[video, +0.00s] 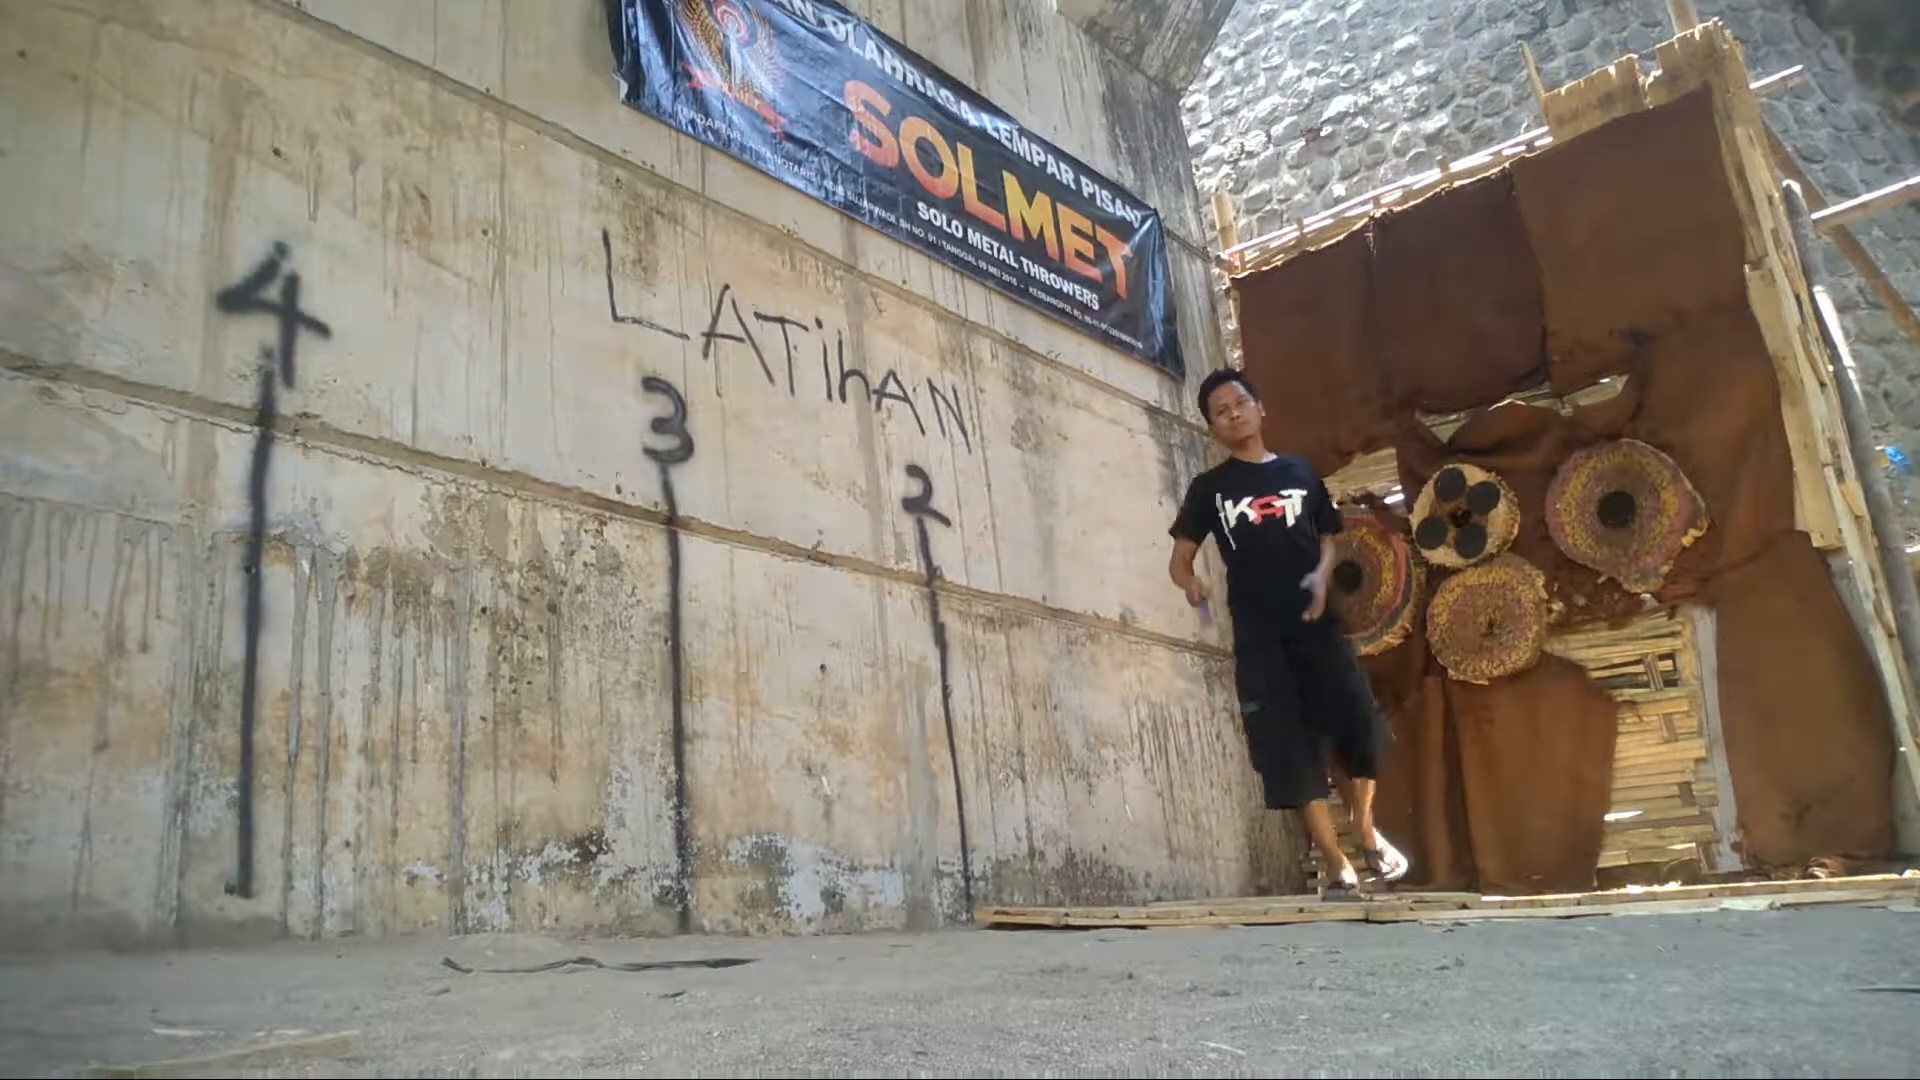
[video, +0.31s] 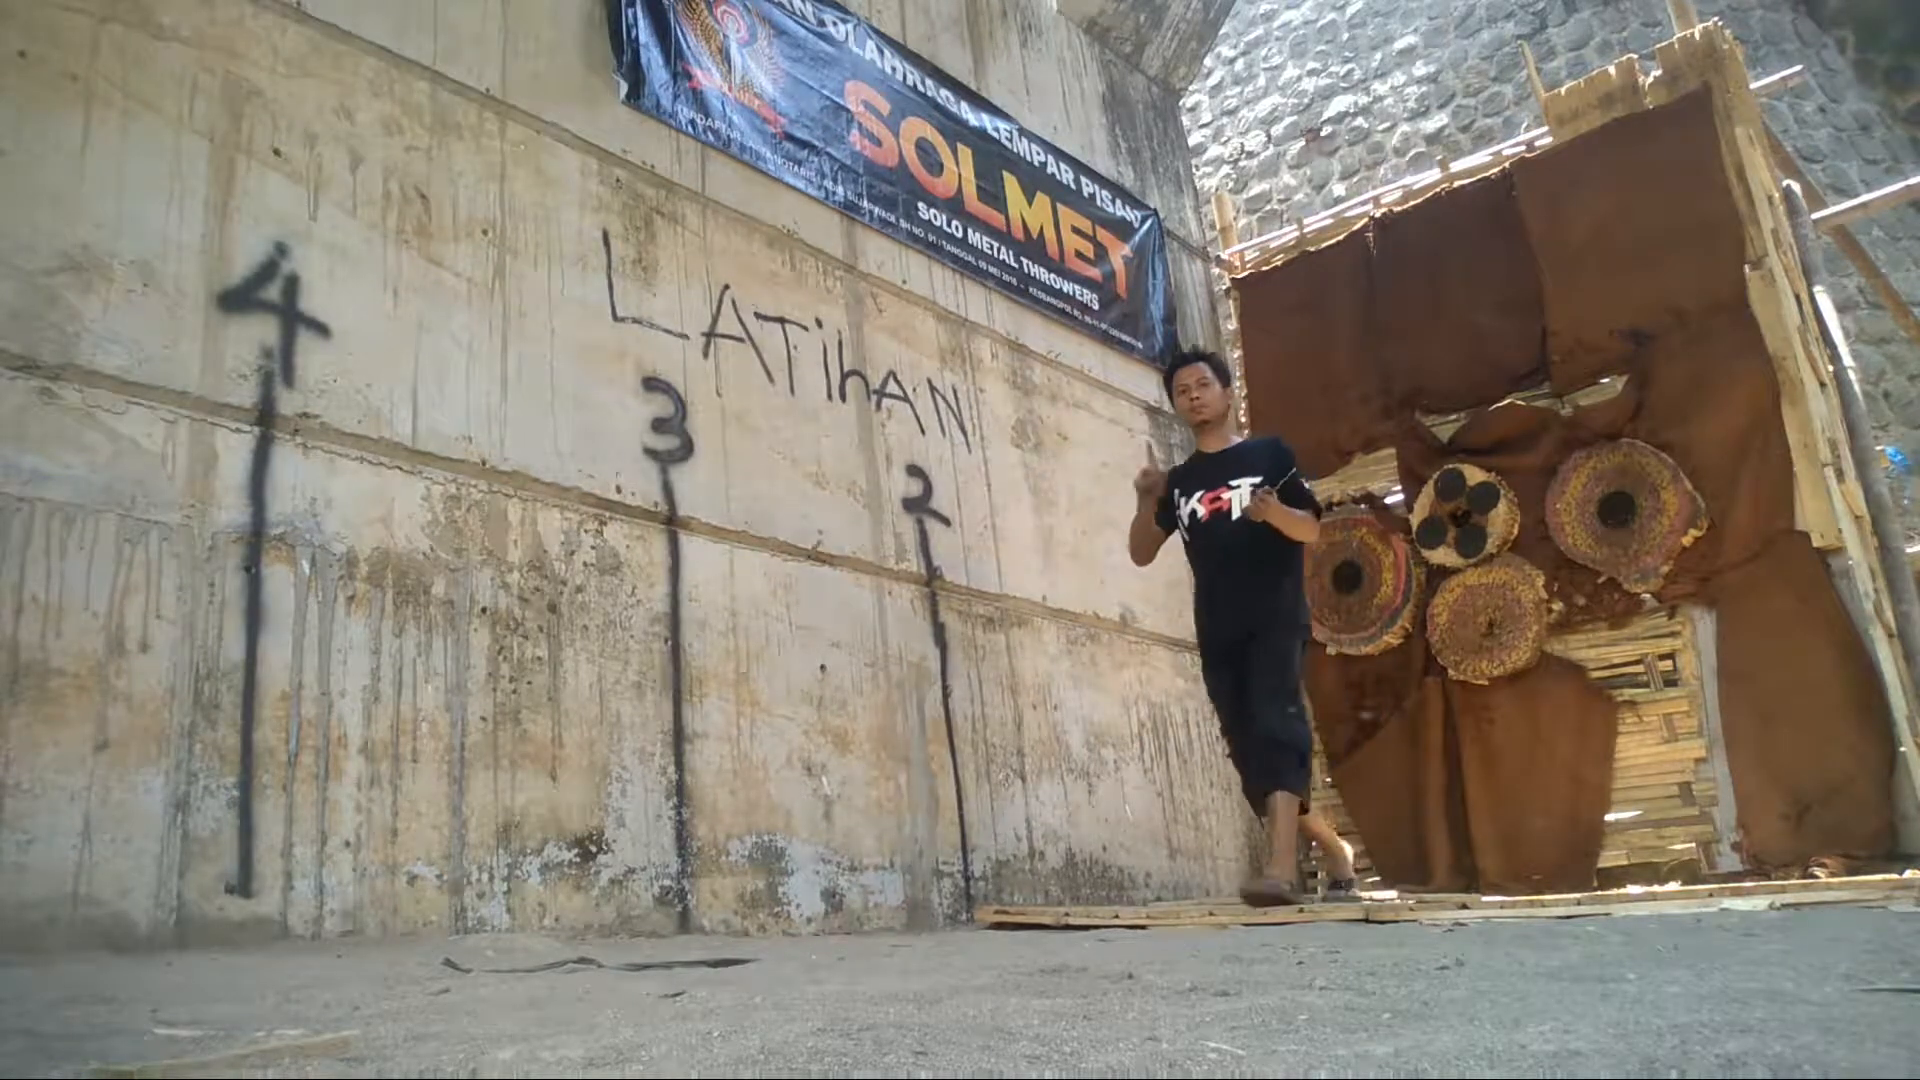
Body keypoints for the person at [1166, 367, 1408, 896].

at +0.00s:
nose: (1235, 415)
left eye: (1240, 404)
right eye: (1222, 412)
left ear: (1260, 409)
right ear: (1212, 429)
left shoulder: (1298, 471)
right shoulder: (1209, 488)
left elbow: (1329, 535)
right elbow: (1180, 558)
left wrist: (1322, 573)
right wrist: (1190, 585)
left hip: (1314, 624)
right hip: (1259, 635)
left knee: (1360, 720)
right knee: (1288, 745)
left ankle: (1364, 832)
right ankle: (1336, 864)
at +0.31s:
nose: (1193, 397)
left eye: (1202, 386)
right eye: (1182, 392)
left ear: (1229, 392)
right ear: (1176, 407)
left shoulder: (1268, 452)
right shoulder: (1180, 478)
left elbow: (1310, 529)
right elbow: (1141, 554)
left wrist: (1274, 512)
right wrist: (1146, 502)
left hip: (1275, 616)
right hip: (1218, 626)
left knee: (1275, 726)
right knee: (1248, 749)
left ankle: (1281, 870)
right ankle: (1333, 847)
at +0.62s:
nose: (1138, 342)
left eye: (1147, 330)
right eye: (1126, 337)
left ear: (1175, 339)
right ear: (1120, 355)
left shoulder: (1219, 400)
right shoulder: (1119, 434)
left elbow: (1265, 481)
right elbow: (1088, 514)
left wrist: (1222, 497)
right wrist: (1072, 459)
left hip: (1228, 592)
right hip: (1156, 604)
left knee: (1262, 721)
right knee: (1147, 715)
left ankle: (1283, 870)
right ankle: (1236, 826)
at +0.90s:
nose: (1050, 326)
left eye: (1061, 313)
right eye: (1038, 323)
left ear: (1094, 324)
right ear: (1034, 343)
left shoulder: (1143, 392)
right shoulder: (1034, 430)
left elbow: (1190, 480)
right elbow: (1002, 525)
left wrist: (1141, 504)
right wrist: (983, 464)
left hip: (1151, 597)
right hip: (1069, 608)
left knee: (1211, 720)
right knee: (1062, 738)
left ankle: (1272, 843)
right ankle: (1072, 896)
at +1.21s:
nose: (939, 266)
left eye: (951, 252)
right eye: (928, 261)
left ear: (986, 262)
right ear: (924, 281)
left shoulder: (1041, 335)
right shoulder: (916, 376)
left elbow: (1096, 428)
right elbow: (891, 486)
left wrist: (1062, 440)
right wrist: (900, 447)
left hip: (1035, 533)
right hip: (961, 553)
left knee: (1006, 676)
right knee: (980, 706)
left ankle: (1067, 857)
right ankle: (1064, 874)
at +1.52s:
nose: (799, 209)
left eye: (816, 195)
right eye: (791, 202)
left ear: (861, 208)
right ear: (788, 223)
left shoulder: (908, 298)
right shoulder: (780, 334)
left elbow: (961, 409)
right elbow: (754, 457)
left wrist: (898, 406)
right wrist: (762, 432)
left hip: (877, 517)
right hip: (805, 533)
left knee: (817, 677)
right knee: (837, 720)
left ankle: (813, 897)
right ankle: (994, 839)